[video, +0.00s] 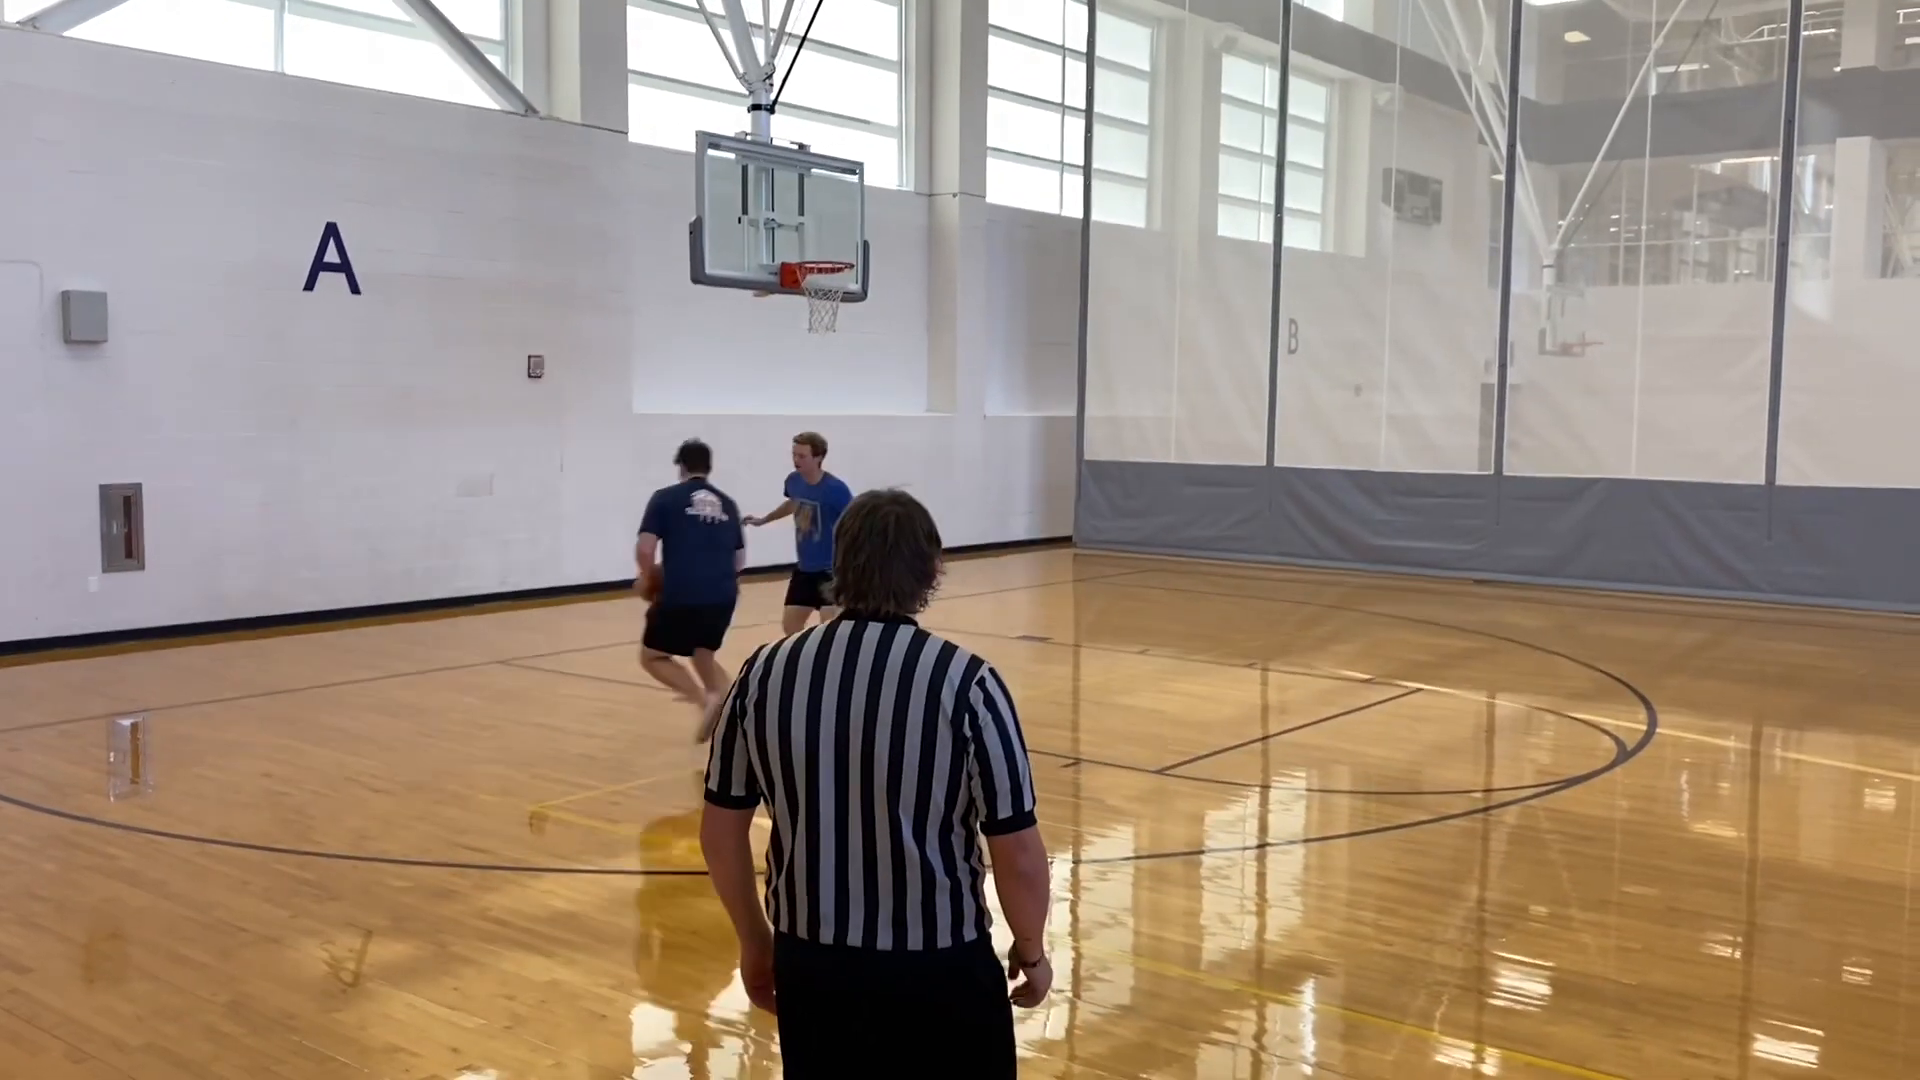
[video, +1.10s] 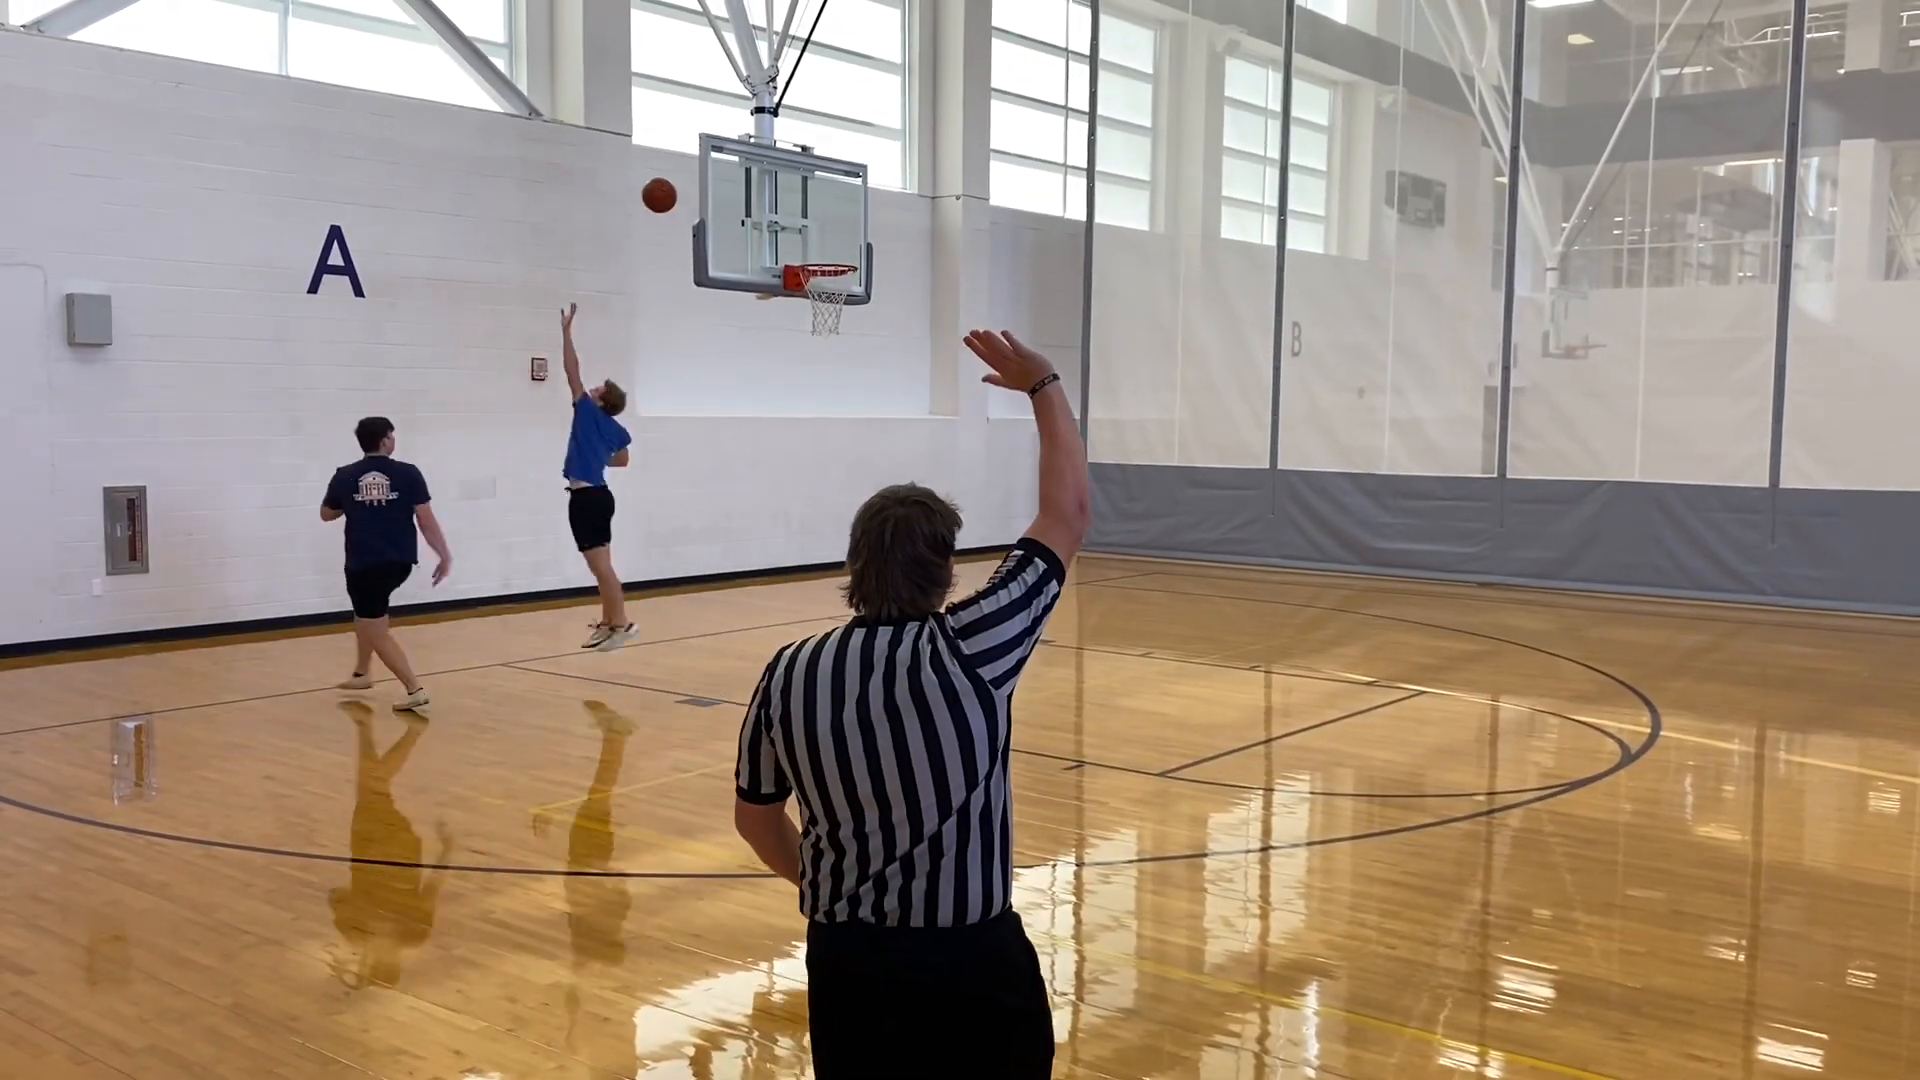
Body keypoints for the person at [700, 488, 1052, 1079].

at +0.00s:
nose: (941, 570)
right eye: (937, 558)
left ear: (842, 565)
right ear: (929, 569)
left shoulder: (764, 671)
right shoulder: (967, 681)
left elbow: (721, 832)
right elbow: (1018, 853)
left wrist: (754, 939)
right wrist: (1030, 947)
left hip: (812, 973)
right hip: (945, 976)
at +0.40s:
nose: (937, 574)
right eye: (934, 561)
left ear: (839, 568)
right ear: (927, 574)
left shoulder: (762, 677)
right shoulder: (967, 681)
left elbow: (719, 835)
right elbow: (1038, 851)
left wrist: (761, 932)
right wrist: (1004, 875)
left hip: (814, 978)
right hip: (947, 977)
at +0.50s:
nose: (930, 571)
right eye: (928, 560)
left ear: (832, 569)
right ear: (923, 574)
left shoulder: (760, 679)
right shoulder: (963, 677)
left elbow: (721, 833)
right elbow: (1070, 807)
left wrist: (767, 924)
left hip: (817, 980)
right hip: (949, 978)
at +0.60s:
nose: (931, 571)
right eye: (928, 559)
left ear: (832, 569)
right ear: (922, 572)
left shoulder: (762, 678)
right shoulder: (964, 671)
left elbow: (725, 832)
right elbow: (1101, 712)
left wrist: (775, 912)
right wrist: (1044, 632)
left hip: (820, 975)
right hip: (950, 972)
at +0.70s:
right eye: (925, 557)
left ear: (830, 565)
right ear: (923, 570)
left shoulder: (766, 676)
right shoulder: (962, 661)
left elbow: (728, 827)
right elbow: (1094, 605)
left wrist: (790, 904)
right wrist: (1044, 509)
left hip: (822, 970)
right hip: (952, 965)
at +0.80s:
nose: (927, 566)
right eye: (926, 555)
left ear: (834, 570)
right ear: (925, 570)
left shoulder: (767, 678)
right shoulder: (960, 653)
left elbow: (733, 825)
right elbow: (1073, 545)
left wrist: (791, 894)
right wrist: (1042, 424)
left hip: (827, 971)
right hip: (958, 969)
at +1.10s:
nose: (946, 567)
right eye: (946, 554)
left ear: (855, 569)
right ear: (945, 570)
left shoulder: (788, 673)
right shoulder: (970, 650)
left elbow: (756, 816)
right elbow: (1065, 516)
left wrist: (817, 876)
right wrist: (1046, 386)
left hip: (847, 974)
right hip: (976, 970)